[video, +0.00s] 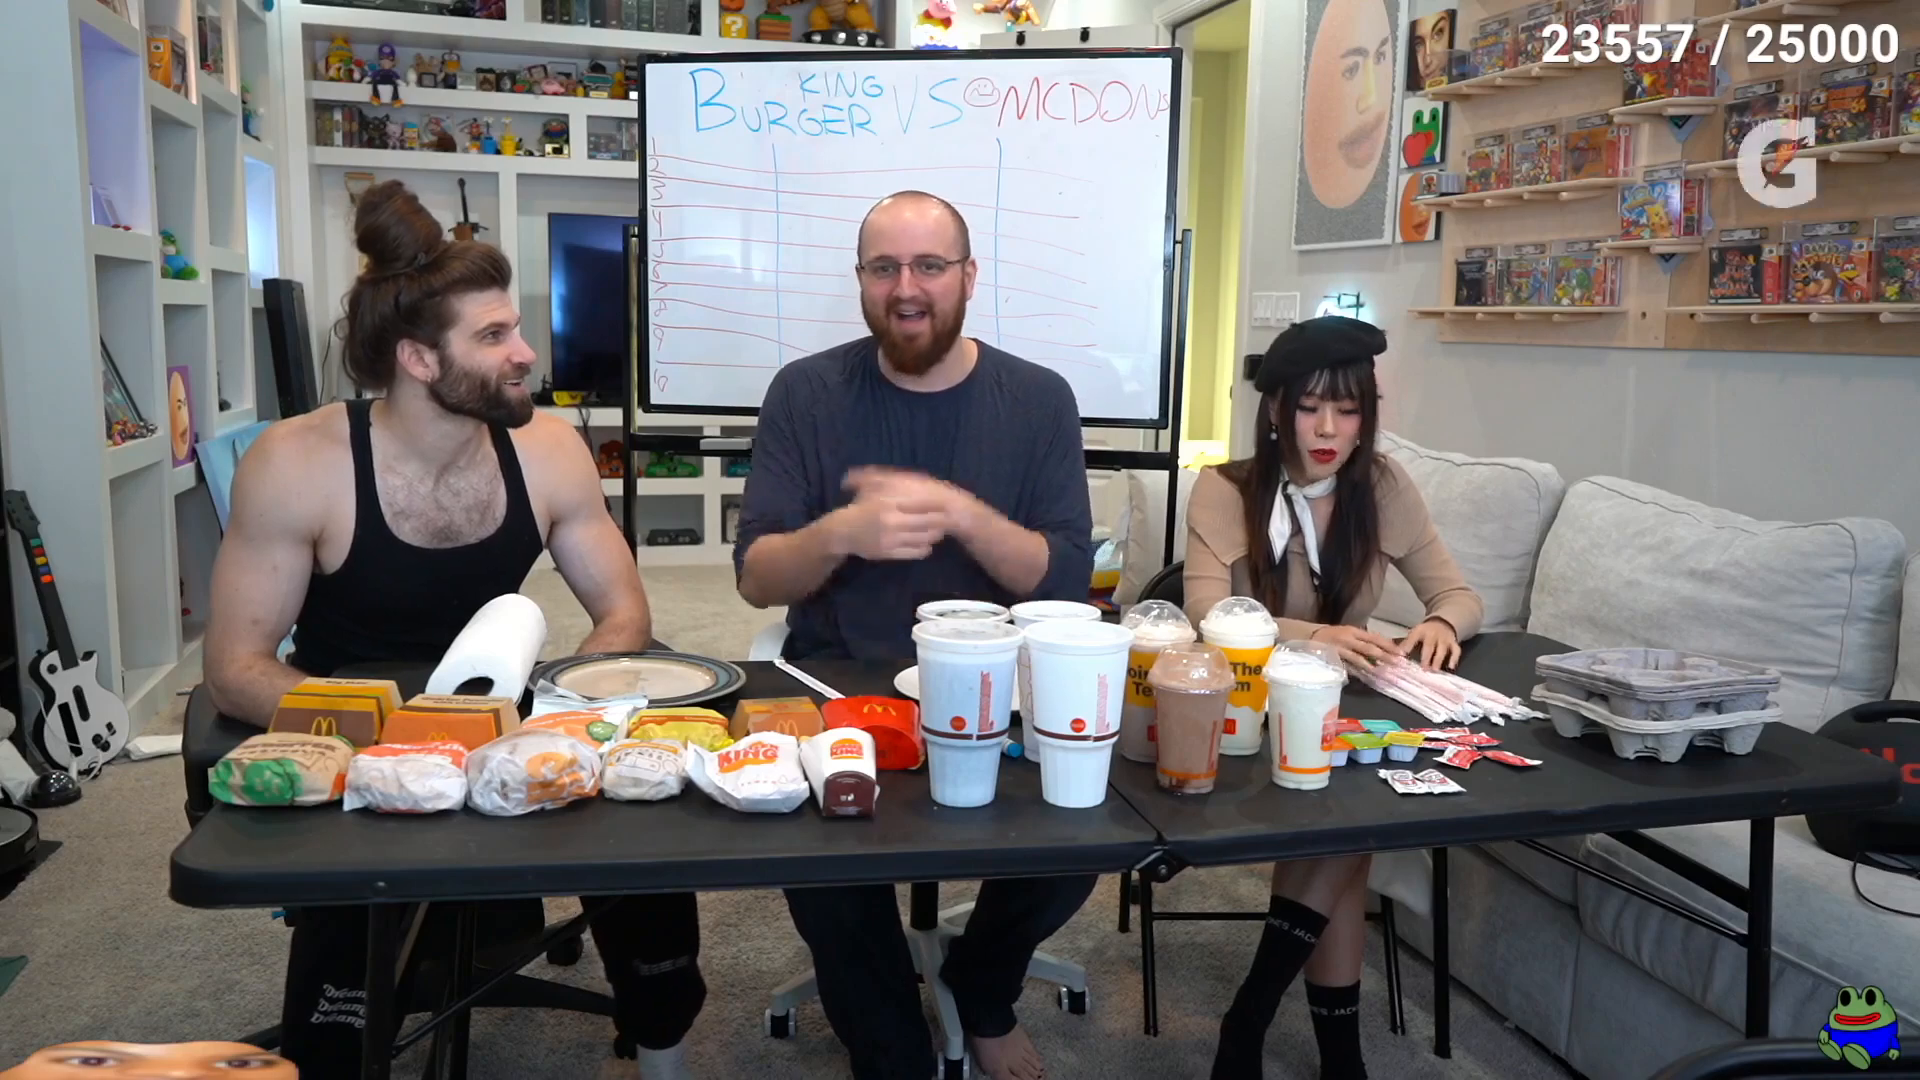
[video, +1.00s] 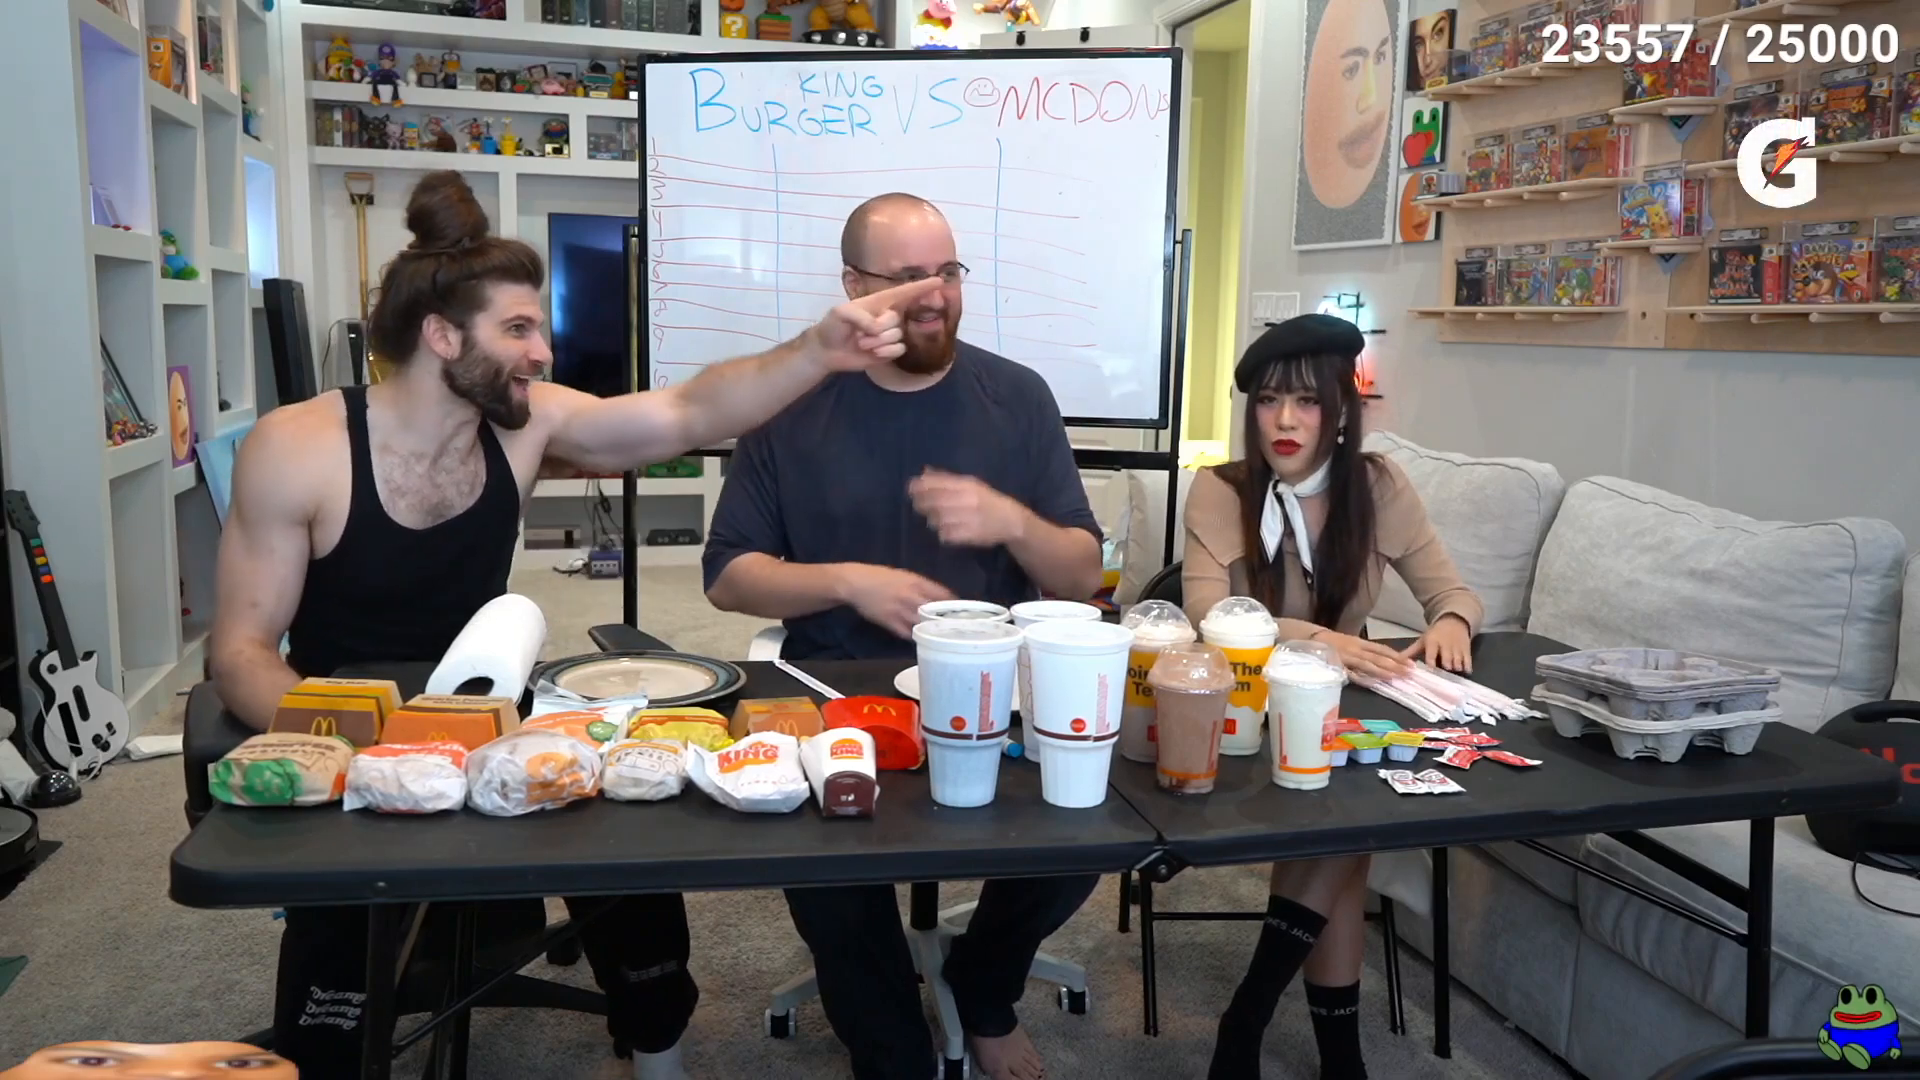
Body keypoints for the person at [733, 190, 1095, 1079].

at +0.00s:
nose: (906, 288)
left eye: (929, 266)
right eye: (884, 268)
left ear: (969, 278)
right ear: (860, 284)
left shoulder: (1037, 398)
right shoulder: (805, 392)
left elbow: (1069, 585)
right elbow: (758, 580)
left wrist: (967, 515)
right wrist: (840, 531)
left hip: (999, 681)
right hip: (842, 679)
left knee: (1076, 837)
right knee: (819, 851)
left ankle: (980, 986)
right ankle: (898, 1058)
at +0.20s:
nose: (905, 290)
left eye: (928, 268)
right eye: (883, 270)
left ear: (966, 278)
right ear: (858, 285)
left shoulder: (1033, 401)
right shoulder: (804, 395)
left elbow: (1051, 579)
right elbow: (764, 576)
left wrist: (1025, 466)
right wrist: (908, 573)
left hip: (998, 680)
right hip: (844, 680)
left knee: (1081, 833)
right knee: (824, 855)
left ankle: (980, 985)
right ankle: (899, 1058)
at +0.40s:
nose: (900, 289)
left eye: (923, 268)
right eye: (878, 269)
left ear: (962, 277)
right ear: (854, 283)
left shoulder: (1020, 392)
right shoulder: (802, 394)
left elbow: (1038, 565)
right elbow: (762, 576)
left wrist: (1047, 470)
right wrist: (924, 580)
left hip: (993, 673)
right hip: (840, 677)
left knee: (1075, 835)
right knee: (821, 853)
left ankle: (980, 986)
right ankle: (898, 1060)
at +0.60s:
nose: (895, 288)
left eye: (918, 268)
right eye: (874, 269)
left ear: (957, 278)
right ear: (850, 282)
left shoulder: (1012, 394)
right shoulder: (798, 395)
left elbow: (1037, 565)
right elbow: (762, 575)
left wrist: (1057, 463)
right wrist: (933, 583)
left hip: (987, 671)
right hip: (839, 674)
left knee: (1076, 831)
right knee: (822, 856)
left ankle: (980, 988)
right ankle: (900, 1061)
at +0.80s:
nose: (897, 295)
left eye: (920, 274)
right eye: (875, 274)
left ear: (954, 280)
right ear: (849, 283)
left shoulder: (1013, 391)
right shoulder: (798, 394)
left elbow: (1049, 567)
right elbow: (756, 573)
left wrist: (1040, 453)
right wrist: (922, 566)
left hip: (986, 668)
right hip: (838, 672)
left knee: (1076, 835)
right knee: (824, 856)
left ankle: (980, 987)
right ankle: (898, 1061)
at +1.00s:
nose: (935, 294)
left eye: (947, 272)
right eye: (908, 277)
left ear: (964, 276)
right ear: (853, 289)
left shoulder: (1015, 395)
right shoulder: (790, 408)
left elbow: (1083, 575)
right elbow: (727, 575)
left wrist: (1014, 522)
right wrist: (848, 580)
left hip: (998, 681)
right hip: (839, 688)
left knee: (1077, 834)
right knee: (823, 857)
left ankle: (980, 988)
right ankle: (899, 1061)